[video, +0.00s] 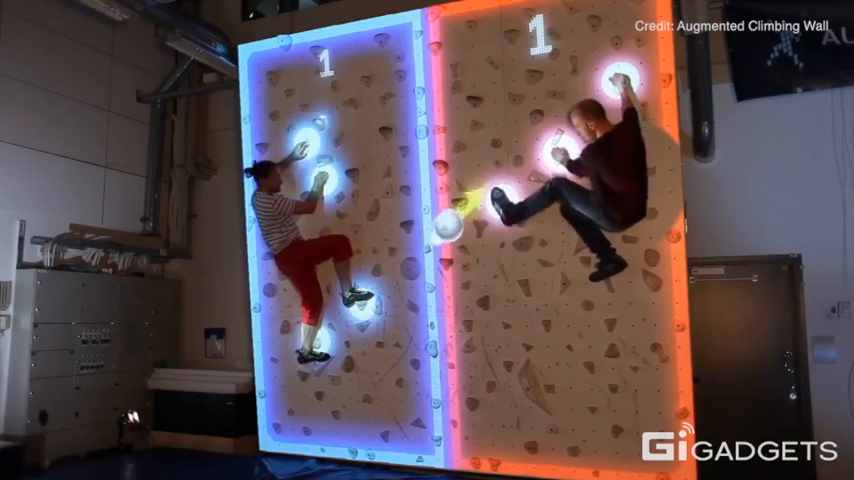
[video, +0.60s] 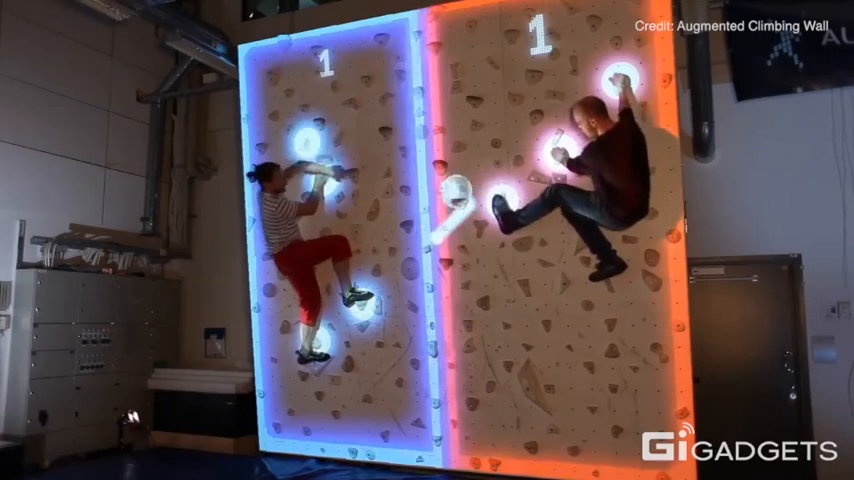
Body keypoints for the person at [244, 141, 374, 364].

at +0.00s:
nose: (280, 179)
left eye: (279, 176)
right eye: (276, 176)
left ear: (263, 180)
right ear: (265, 181)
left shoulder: (258, 196)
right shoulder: (272, 201)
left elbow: (275, 171)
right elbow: (309, 207)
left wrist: (292, 158)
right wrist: (318, 186)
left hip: (285, 257)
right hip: (294, 252)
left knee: (313, 299)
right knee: (339, 243)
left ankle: (306, 350)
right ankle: (348, 291)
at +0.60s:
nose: (284, 178)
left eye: (281, 175)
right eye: (280, 176)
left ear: (268, 183)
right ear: (269, 183)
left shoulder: (268, 194)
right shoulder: (278, 205)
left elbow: (298, 167)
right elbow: (311, 208)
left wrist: (330, 171)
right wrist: (320, 182)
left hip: (285, 256)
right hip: (293, 253)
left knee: (311, 301)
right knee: (338, 244)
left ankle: (306, 351)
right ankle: (348, 293)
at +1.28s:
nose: (306, 164)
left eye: (304, 162)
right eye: (302, 164)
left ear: (290, 171)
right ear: (294, 171)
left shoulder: (290, 183)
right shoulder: (293, 193)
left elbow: (318, 152)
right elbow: (322, 209)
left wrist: (342, 127)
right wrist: (321, 185)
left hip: (290, 246)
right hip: (300, 243)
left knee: (303, 296)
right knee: (345, 242)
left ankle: (305, 350)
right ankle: (348, 292)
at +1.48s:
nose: (304, 156)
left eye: (302, 153)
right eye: (301, 155)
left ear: (289, 163)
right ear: (294, 163)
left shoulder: (288, 174)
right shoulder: (297, 184)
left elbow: (312, 141)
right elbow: (319, 209)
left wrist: (331, 108)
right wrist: (320, 186)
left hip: (287, 241)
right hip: (300, 237)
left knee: (301, 293)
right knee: (344, 242)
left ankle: (305, 346)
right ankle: (349, 291)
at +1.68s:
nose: (303, 158)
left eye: (300, 156)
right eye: (299, 157)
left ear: (288, 166)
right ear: (292, 165)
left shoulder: (288, 175)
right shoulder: (293, 188)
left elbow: (312, 142)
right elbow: (318, 209)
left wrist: (330, 111)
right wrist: (321, 187)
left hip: (288, 242)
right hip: (300, 238)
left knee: (301, 293)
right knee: (344, 242)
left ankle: (305, 346)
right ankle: (348, 291)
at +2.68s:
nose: (286, 181)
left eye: (286, 177)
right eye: (282, 179)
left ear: (280, 177)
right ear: (272, 180)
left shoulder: (270, 190)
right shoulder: (280, 201)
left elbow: (289, 154)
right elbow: (314, 208)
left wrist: (308, 128)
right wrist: (320, 186)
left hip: (285, 250)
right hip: (296, 247)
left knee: (298, 298)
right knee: (340, 244)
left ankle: (304, 350)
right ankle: (348, 293)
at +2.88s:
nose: (283, 183)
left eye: (283, 179)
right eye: (278, 181)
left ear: (279, 178)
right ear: (268, 183)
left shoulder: (269, 191)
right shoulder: (279, 202)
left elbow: (289, 156)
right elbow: (312, 207)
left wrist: (309, 129)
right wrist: (320, 186)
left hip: (284, 252)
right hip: (294, 249)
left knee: (299, 299)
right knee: (338, 244)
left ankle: (305, 352)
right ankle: (348, 292)